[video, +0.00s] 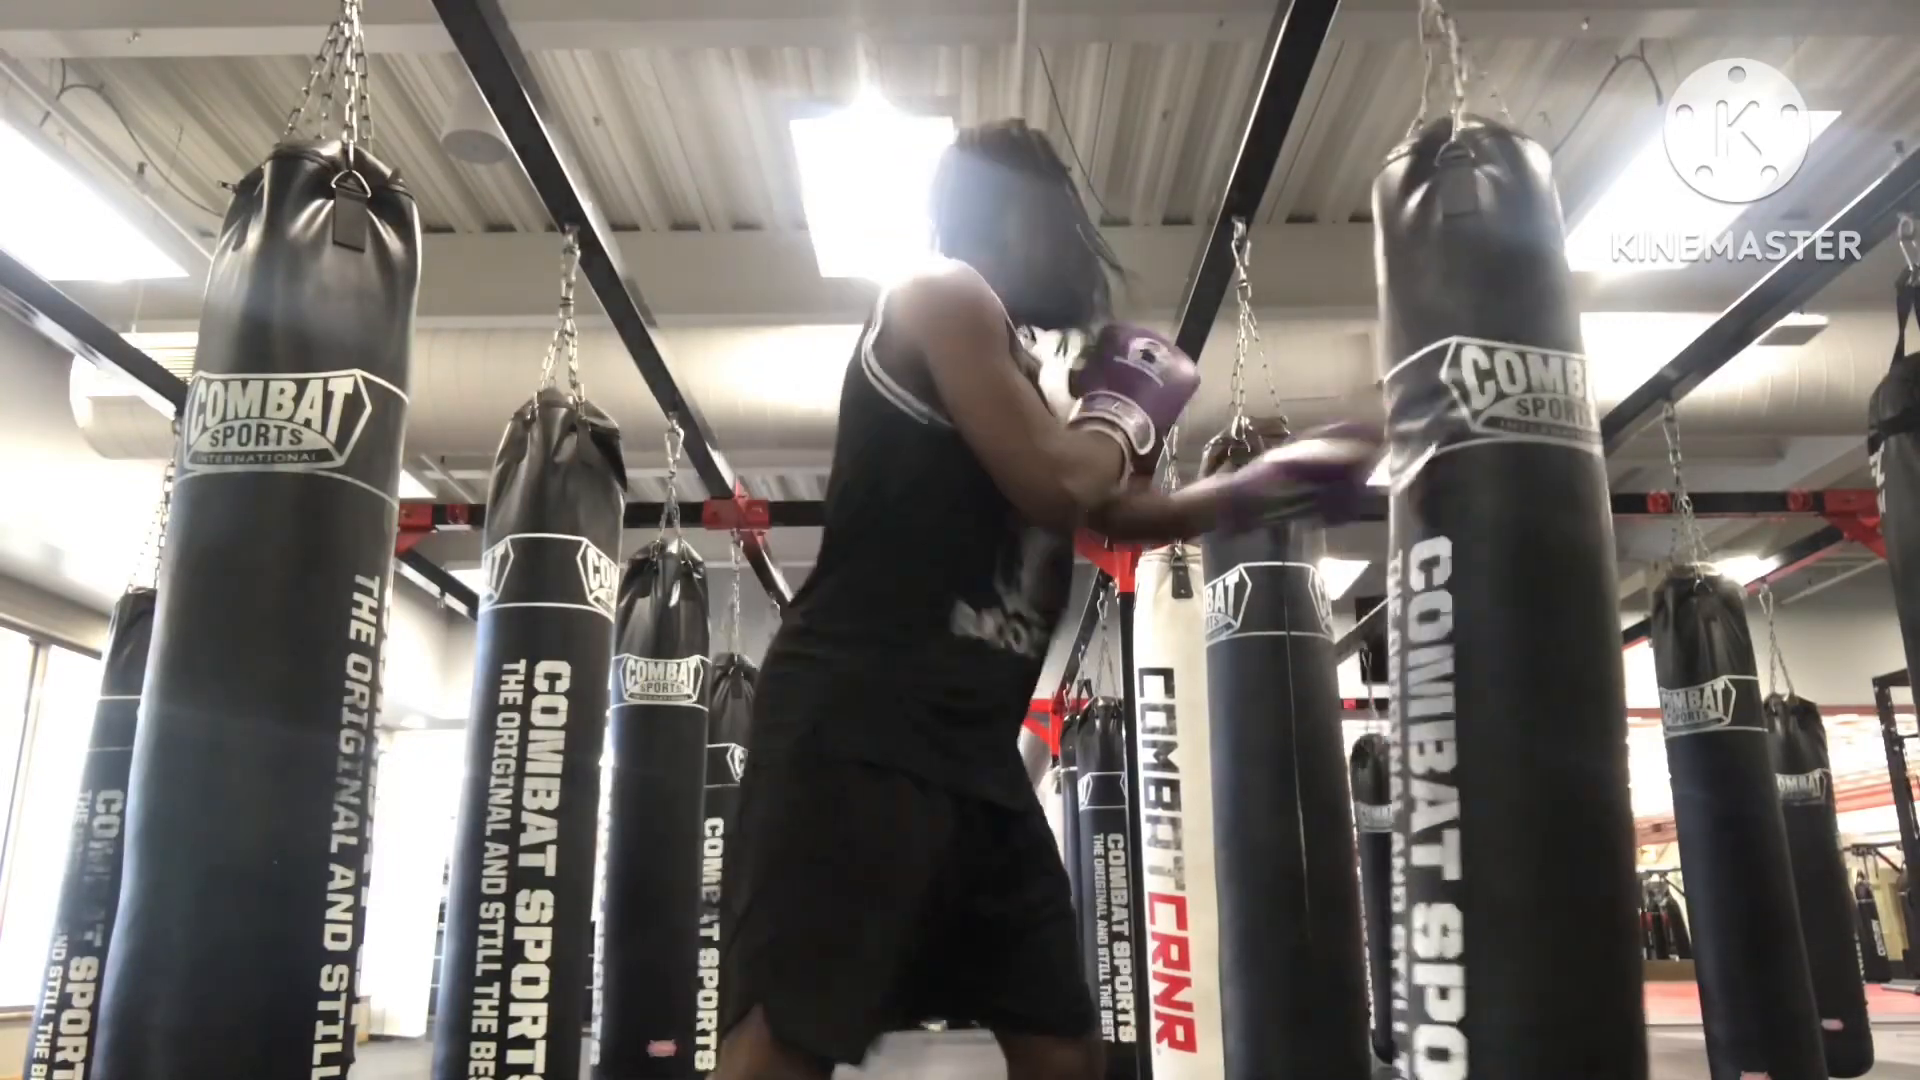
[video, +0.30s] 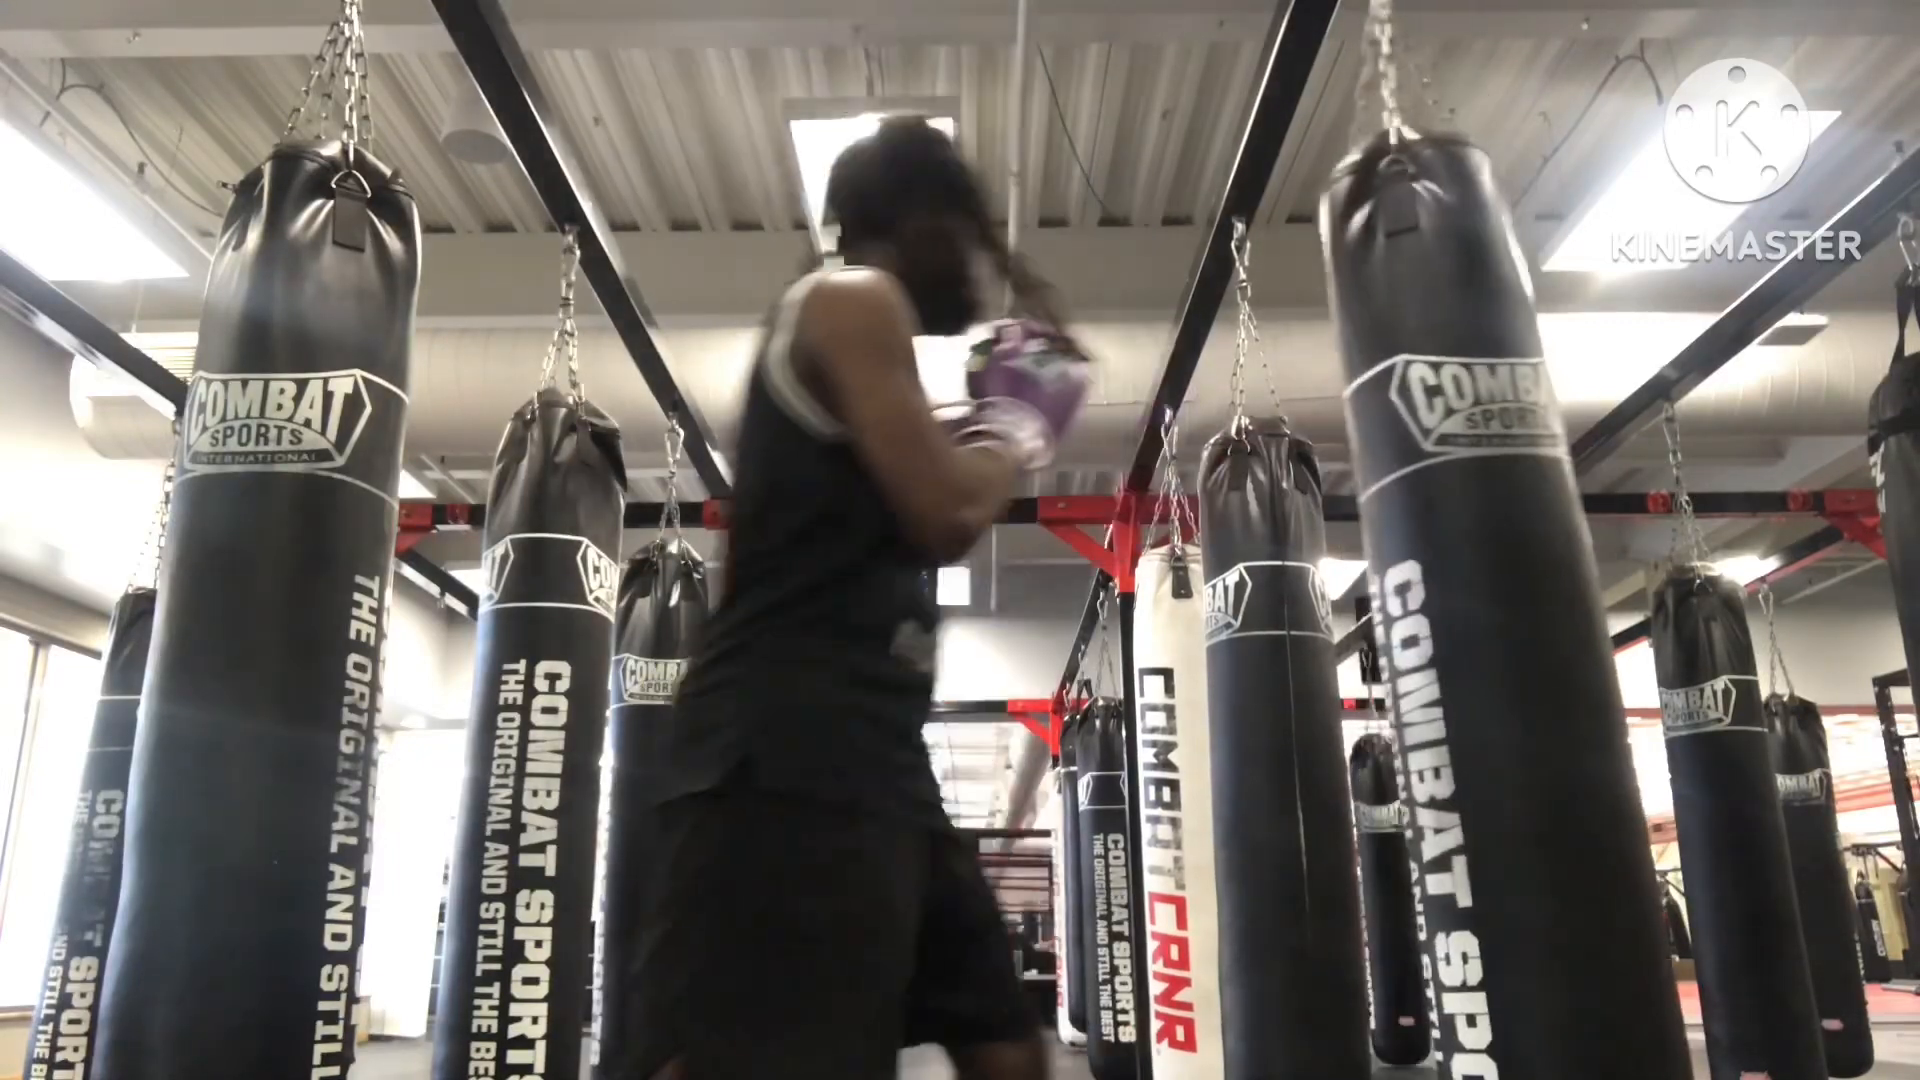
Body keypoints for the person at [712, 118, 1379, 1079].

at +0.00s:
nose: (1082, 231)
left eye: (1077, 208)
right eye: (1060, 204)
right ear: (1007, 209)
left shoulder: (1021, 369)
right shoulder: (943, 296)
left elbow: (1123, 512)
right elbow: (1054, 484)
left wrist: (1260, 483)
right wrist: (1123, 406)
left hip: (969, 743)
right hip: (853, 725)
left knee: (1058, 1047)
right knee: (780, 1043)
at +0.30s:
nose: (975, 255)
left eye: (973, 231)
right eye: (962, 228)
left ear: (867, 218)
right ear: (919, 219)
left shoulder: (827, 313)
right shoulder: (851, 300)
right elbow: (941, 515)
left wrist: (984, 428)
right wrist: (1016, 431)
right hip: (795, 755)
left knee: (1003, 1039)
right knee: (755, 1045)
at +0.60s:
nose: (825, 195)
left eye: (821, 168)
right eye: (806, 165)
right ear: (745, 170)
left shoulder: (741, 340)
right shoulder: (641, 255)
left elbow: (737, 560)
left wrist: (867, 483)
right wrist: (829, 397)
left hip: (725, 720)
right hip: (624, 721)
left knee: (759, 1030)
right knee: (668, 1043)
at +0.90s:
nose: (818, 178)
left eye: (826, 155)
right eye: (788, 149)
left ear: (832, 187)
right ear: (705, 176)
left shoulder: (806, 384)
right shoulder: (593, 315)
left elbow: (815, 613)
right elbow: (533, 508)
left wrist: (919, 509)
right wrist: (721, 452)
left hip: (720, 775)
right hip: (585, 761)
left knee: (591, 1053)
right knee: (643, 1053)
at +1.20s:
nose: (950, 137)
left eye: (950, 117)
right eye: (944, 110)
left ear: (815, 81)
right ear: (915, 85)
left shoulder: (781, 217)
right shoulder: (858, 141)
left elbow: (852, 469)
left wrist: (999, 362)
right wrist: (1056, 355)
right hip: (788, 689)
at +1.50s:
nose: (1070, 131)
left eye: (1062, 112)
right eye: (1061, 106)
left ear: (919, 119)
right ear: (1035, 101)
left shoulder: (874, 278)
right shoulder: (1008, 195)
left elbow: (968, 480)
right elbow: (1121, 444)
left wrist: (1126, 401)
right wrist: (1133, 347)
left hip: (919, 732)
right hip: (1025, 723)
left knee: (1006, 1043)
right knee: (1160, 1031)